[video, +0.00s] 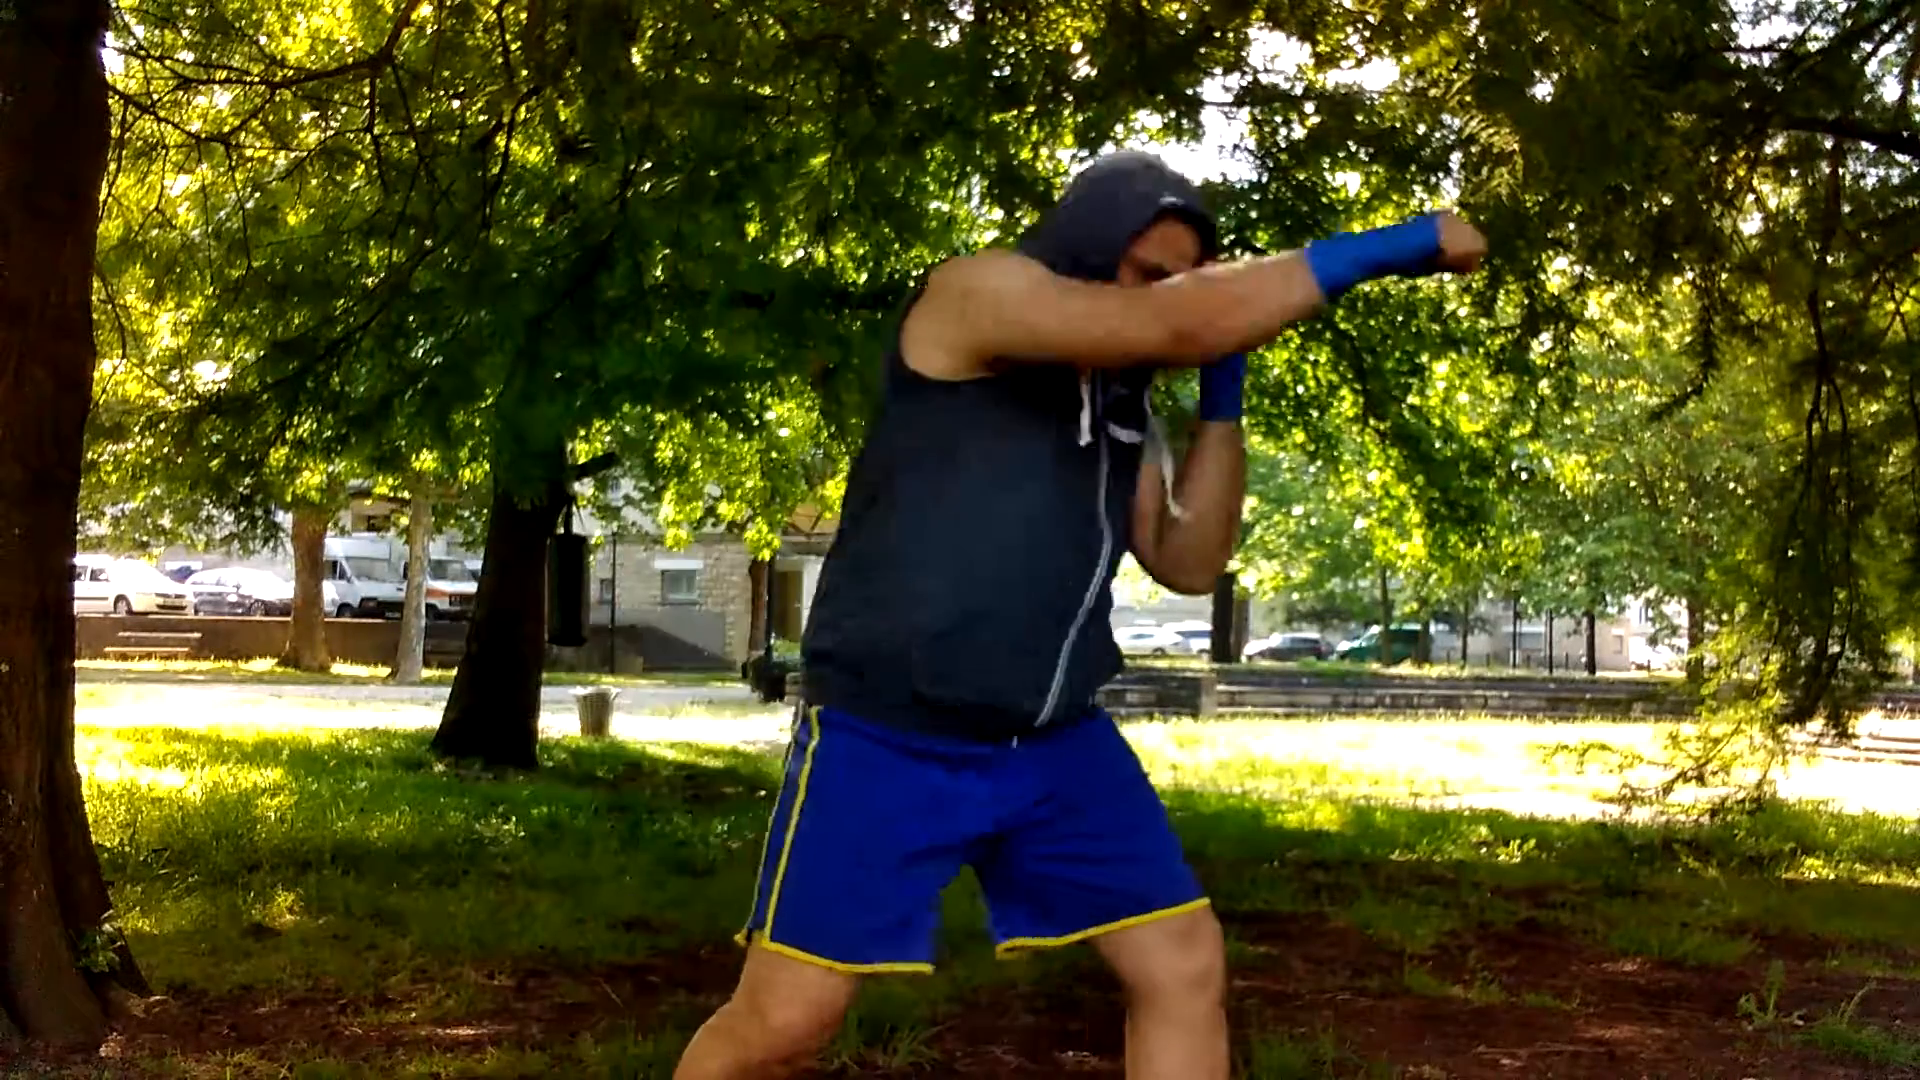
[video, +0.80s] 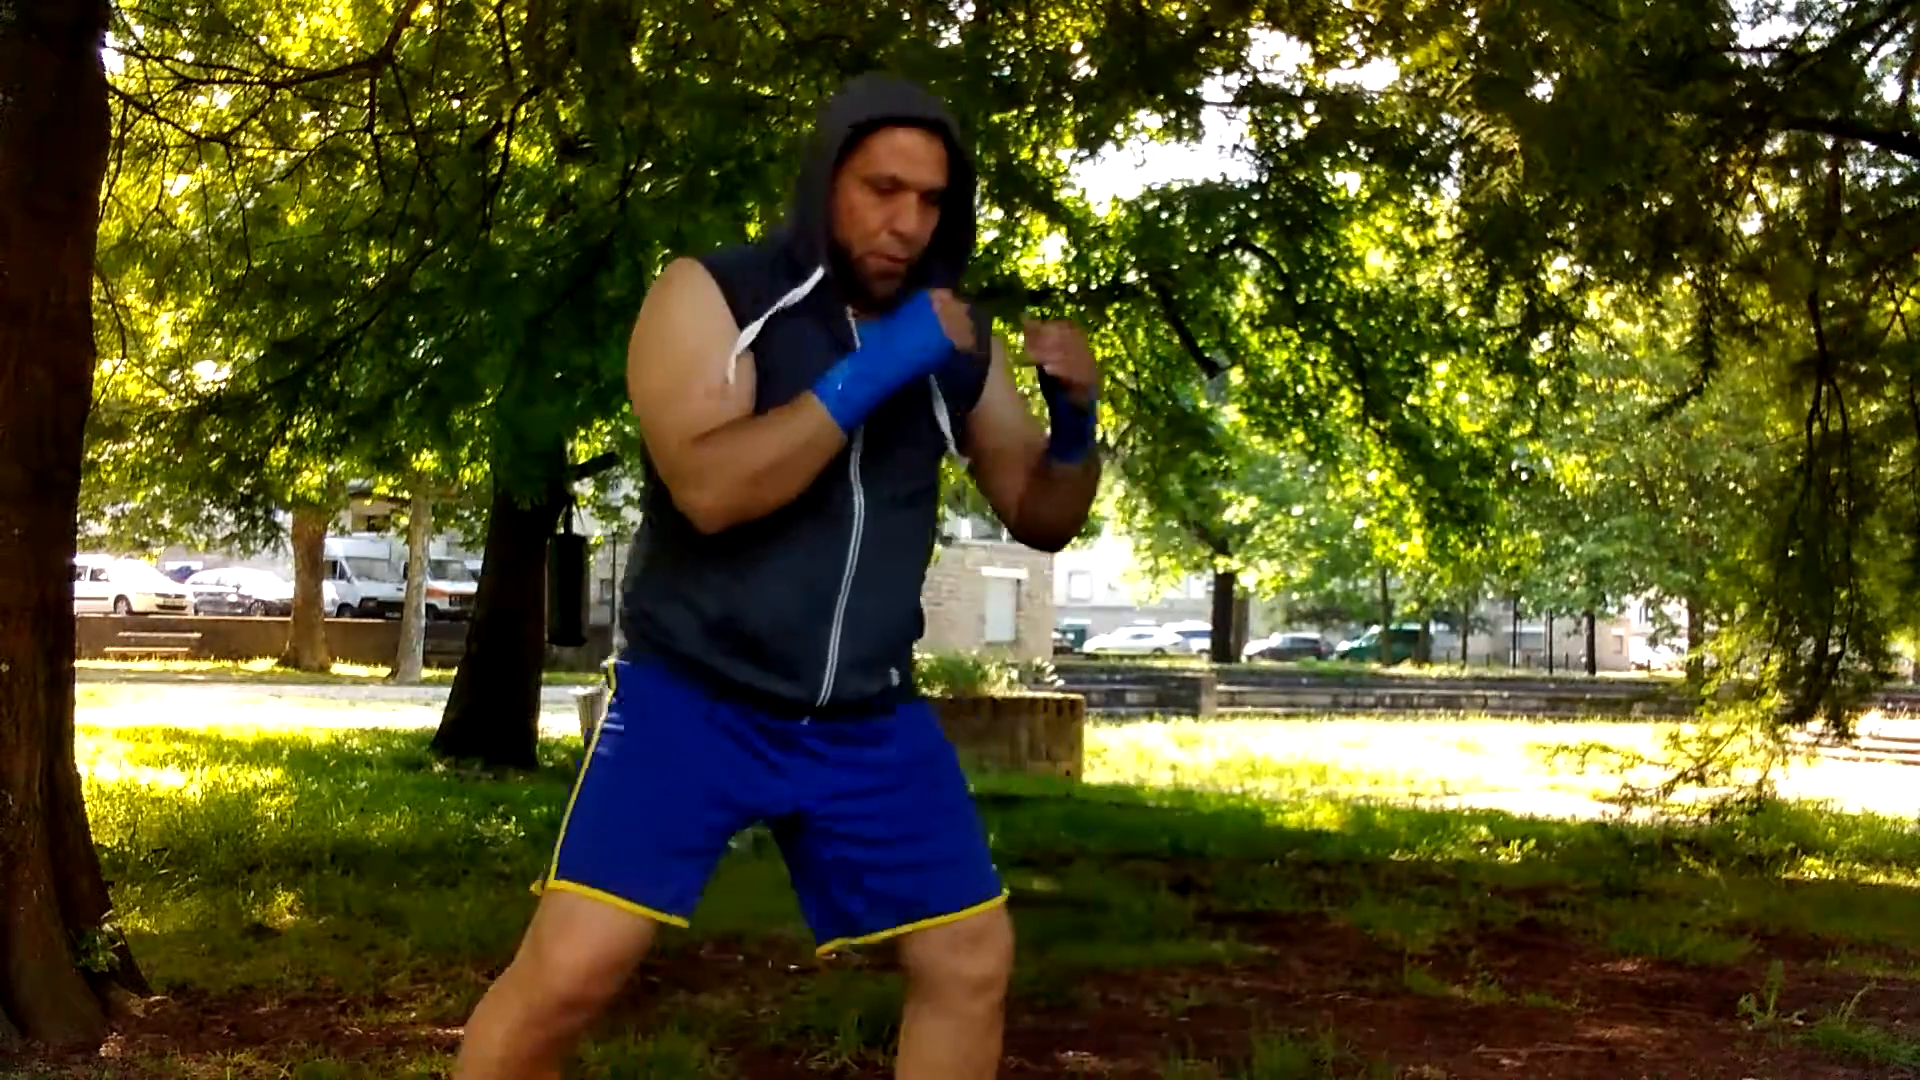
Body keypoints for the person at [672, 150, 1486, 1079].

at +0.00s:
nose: (1175, 299)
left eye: (1188, 278)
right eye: (1156, 273)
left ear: (1179, 277)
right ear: (1089, 246)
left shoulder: (1111, 406)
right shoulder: (968, 295)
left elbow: (1191, 561)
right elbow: (1184, 321)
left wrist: (1226, 379)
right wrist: (1396, 245)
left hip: (1055, 738)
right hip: (883, 731)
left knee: (1182, 966)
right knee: (785, 1016)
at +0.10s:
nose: (1225, 316)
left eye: (1243, 297)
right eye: (1205, 287)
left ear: (1252, 296)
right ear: (1142, 258)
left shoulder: (1157, 430)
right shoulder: (1023, 292)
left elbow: (1212, 590)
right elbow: (1201, 355)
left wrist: (1266, 402)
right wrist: (1406, 273)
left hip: (1070, 734)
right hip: (908, 716)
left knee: (1194, 962)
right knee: (808, 1010)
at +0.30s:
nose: (1212, 273)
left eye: (1230, 254)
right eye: (1196, 239)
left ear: (1239, 265)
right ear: (1133, 219)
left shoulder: (1185, 383)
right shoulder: (985, 296)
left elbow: (1242, 572)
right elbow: (927, 483)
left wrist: (1298, 426)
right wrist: (1120, 434)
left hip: (1081, 721)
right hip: (916, 704)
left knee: (1197, 960)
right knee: (792, 979)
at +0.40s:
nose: (1144, 237)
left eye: (1163, 215)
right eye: (1123, 204)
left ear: (1177, 224)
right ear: (1059, 190)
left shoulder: (1149, 363)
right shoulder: (925, 297)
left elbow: (1198, 562)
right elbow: (885, 467)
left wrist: (1243, 471)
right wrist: (1092, 403)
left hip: (1069, 721)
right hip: (894, 711)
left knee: (1186, 969)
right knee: (762, 994)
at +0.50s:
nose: (1065, 214)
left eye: (1082, 192)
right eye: (1042, 183)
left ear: (1095, 203)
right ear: (978, 178)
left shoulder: (1088, 340)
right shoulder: (851, 289)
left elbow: (1108, 542)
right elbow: (842, 460)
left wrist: (1155, 516)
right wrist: (1060, 405)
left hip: (1026, 718)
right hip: (846, 715)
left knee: (1135, 974)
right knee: (737, 1003)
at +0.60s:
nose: (980, 195)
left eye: (1001, 172)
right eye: (955, 162)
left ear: (1016, 182)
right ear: (892, 154)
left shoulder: (1016, 313)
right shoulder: (775, 266)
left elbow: (1027, 510)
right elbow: (764, 450)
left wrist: (1090, 450)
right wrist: (982, 386)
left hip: (950, 694)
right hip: (769, 692)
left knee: (1071, 924)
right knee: (672, 978)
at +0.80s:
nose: (908, 224)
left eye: (931, 201)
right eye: (883, 190)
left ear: (949, 212)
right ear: (826, 183)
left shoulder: (949, 330)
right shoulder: (704, 293)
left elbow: (1042, 518)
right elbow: (708, 486)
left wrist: (1076, 423)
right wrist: (871, 371)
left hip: (870, 719)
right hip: (690, 703)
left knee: (970, 962)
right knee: (571, 974)